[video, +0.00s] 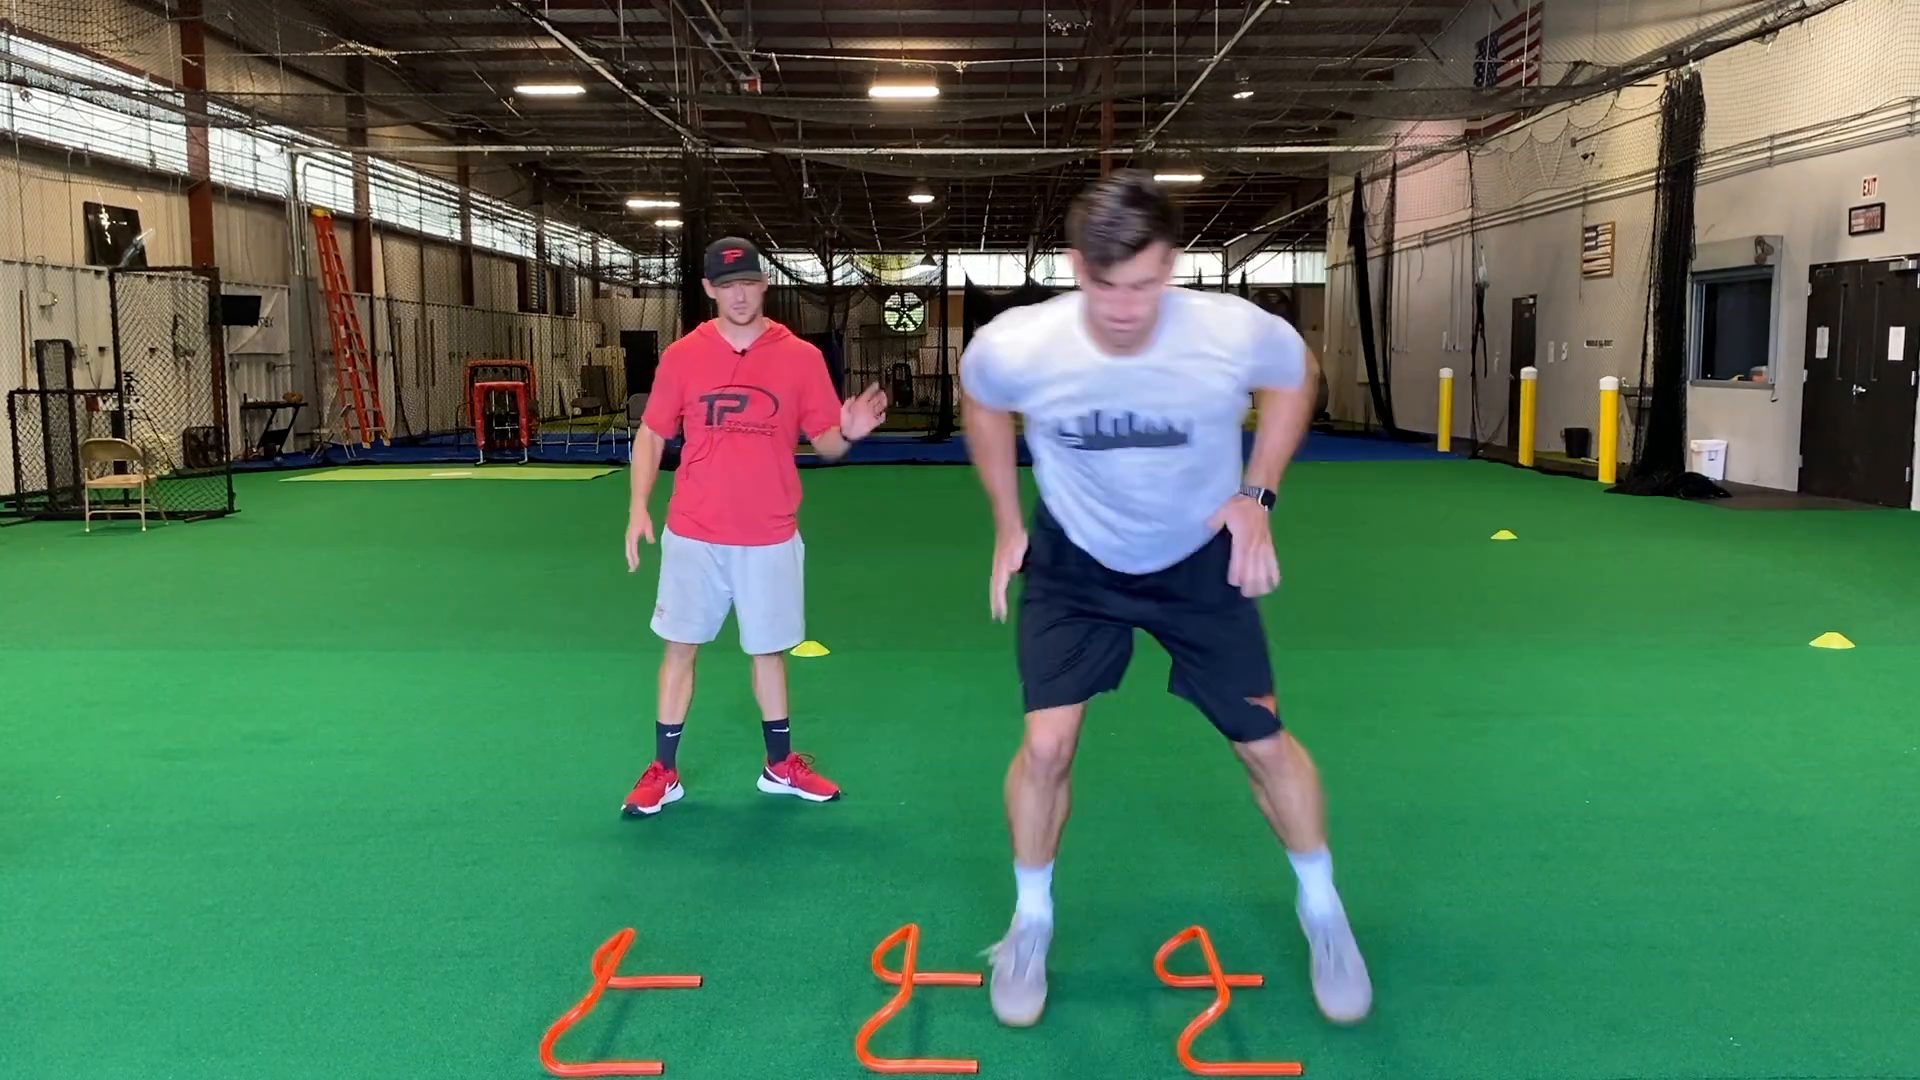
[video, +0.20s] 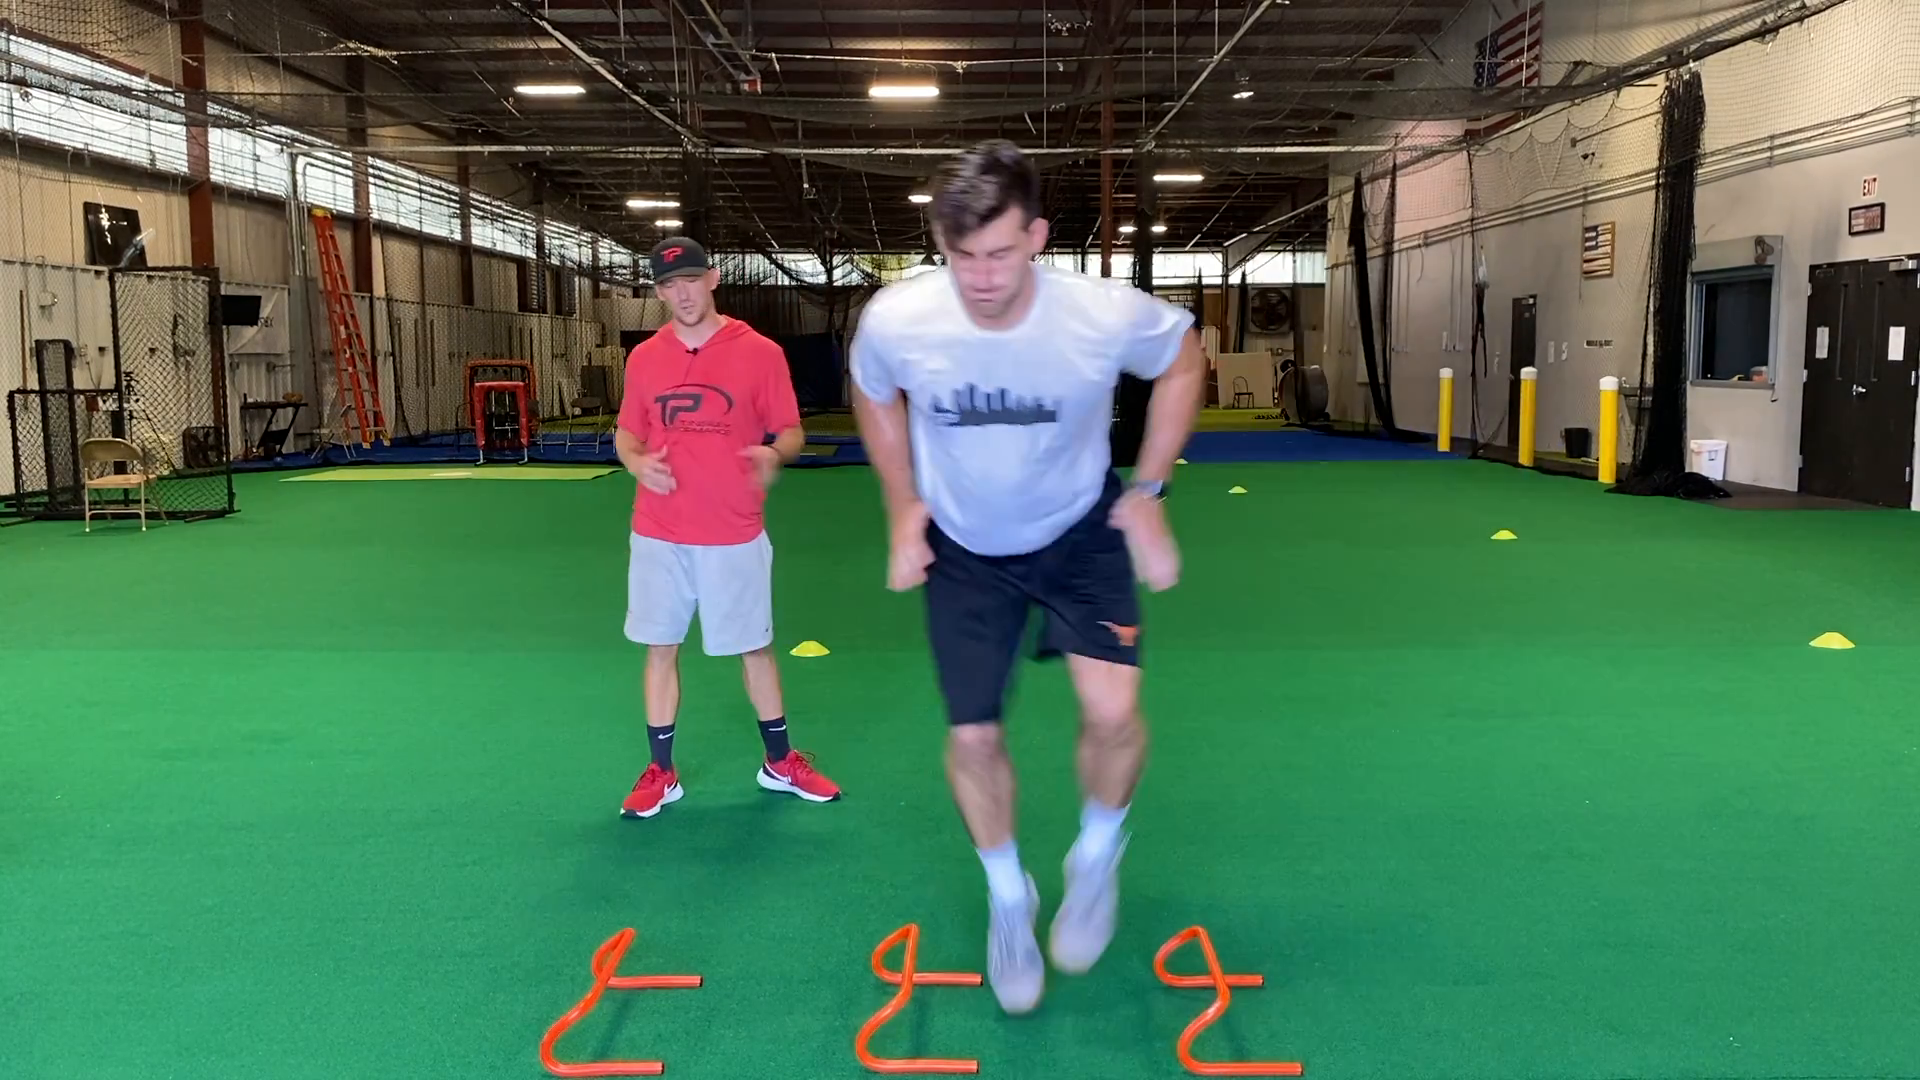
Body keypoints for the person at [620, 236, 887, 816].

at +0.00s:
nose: (740, 295)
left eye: (749, 284)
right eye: (728, 286)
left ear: (765, 284)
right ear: (710, 290)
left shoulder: (800, 357)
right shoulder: (682, 357)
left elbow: (826, 446)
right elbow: (652, 434)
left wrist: (848, 428)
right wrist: (639, 506)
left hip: (770, 534)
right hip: (695, 531)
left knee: (770, 647)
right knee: (681, 644)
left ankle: (781, 761)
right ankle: (664, 768)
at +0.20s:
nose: (682, 294)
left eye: (691, 281)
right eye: (670, 285)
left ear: (712, 279)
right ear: (659, 291)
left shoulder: (758, 352)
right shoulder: (645, 358)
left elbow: (792, 433)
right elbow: (626, 433)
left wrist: (774, 454)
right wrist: (636, 461)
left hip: (735, 531)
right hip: (660, 531)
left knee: (755, 644)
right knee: (661, 645)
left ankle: (780, 760)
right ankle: (661, 769)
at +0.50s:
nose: (641, 287)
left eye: (652, 275)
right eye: (630, 278)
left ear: (674, 277)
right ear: (619, 285)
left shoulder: (707, 344)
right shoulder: (604, 359)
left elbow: (740, 422)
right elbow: (574, 435)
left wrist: (704, 464)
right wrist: (597, 468)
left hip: (704, 525)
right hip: (633, 530)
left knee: (726, 648)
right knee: (649, 647)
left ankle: (753, 769)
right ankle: (660, 768)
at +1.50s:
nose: (696, 287)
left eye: (706, 275)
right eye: (683, 276)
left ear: (719, 278)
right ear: (661, 281)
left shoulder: (758, 350)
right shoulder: (636, 356)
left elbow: (792, 437)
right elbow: (613, 447)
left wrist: (729, 442)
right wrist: (580, 509)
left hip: (734, 538)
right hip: (657, 540)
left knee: (736, 659)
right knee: (661, 658)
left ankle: (745, 786)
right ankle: (661, 771)